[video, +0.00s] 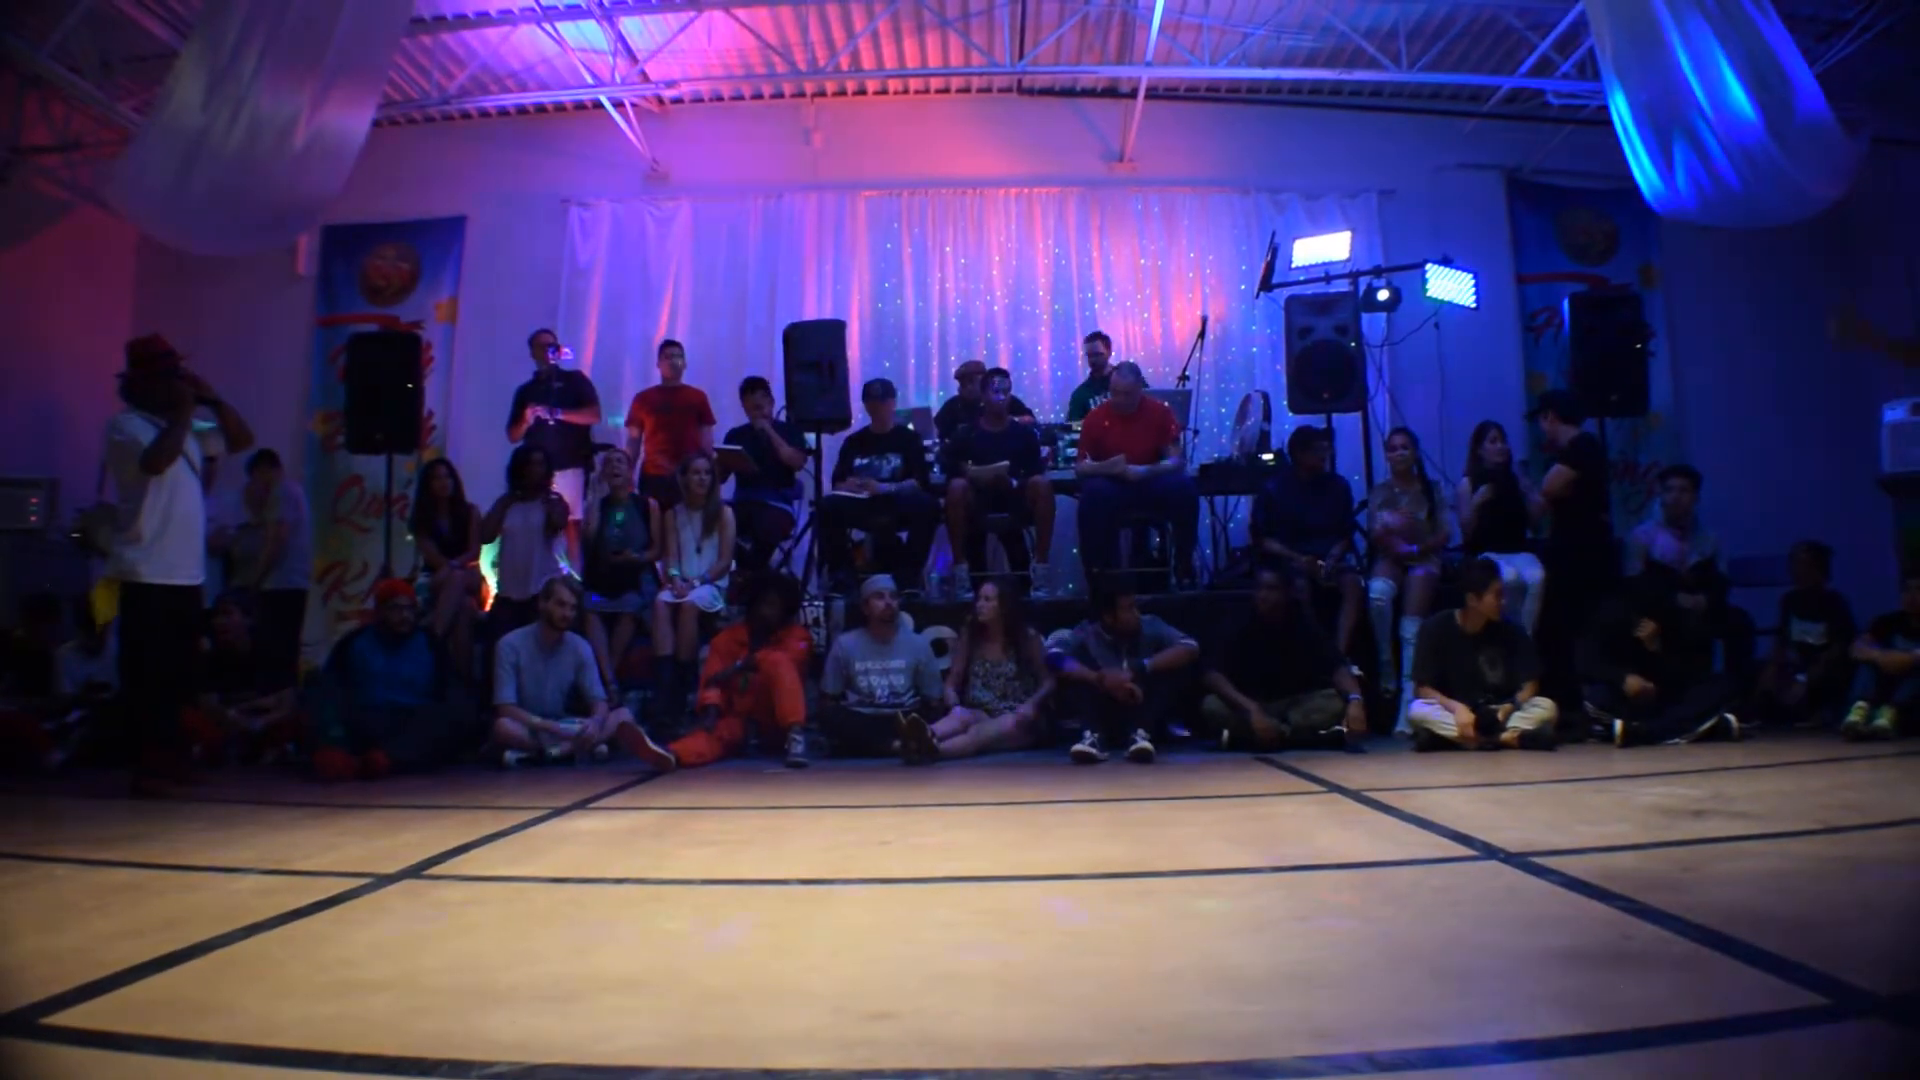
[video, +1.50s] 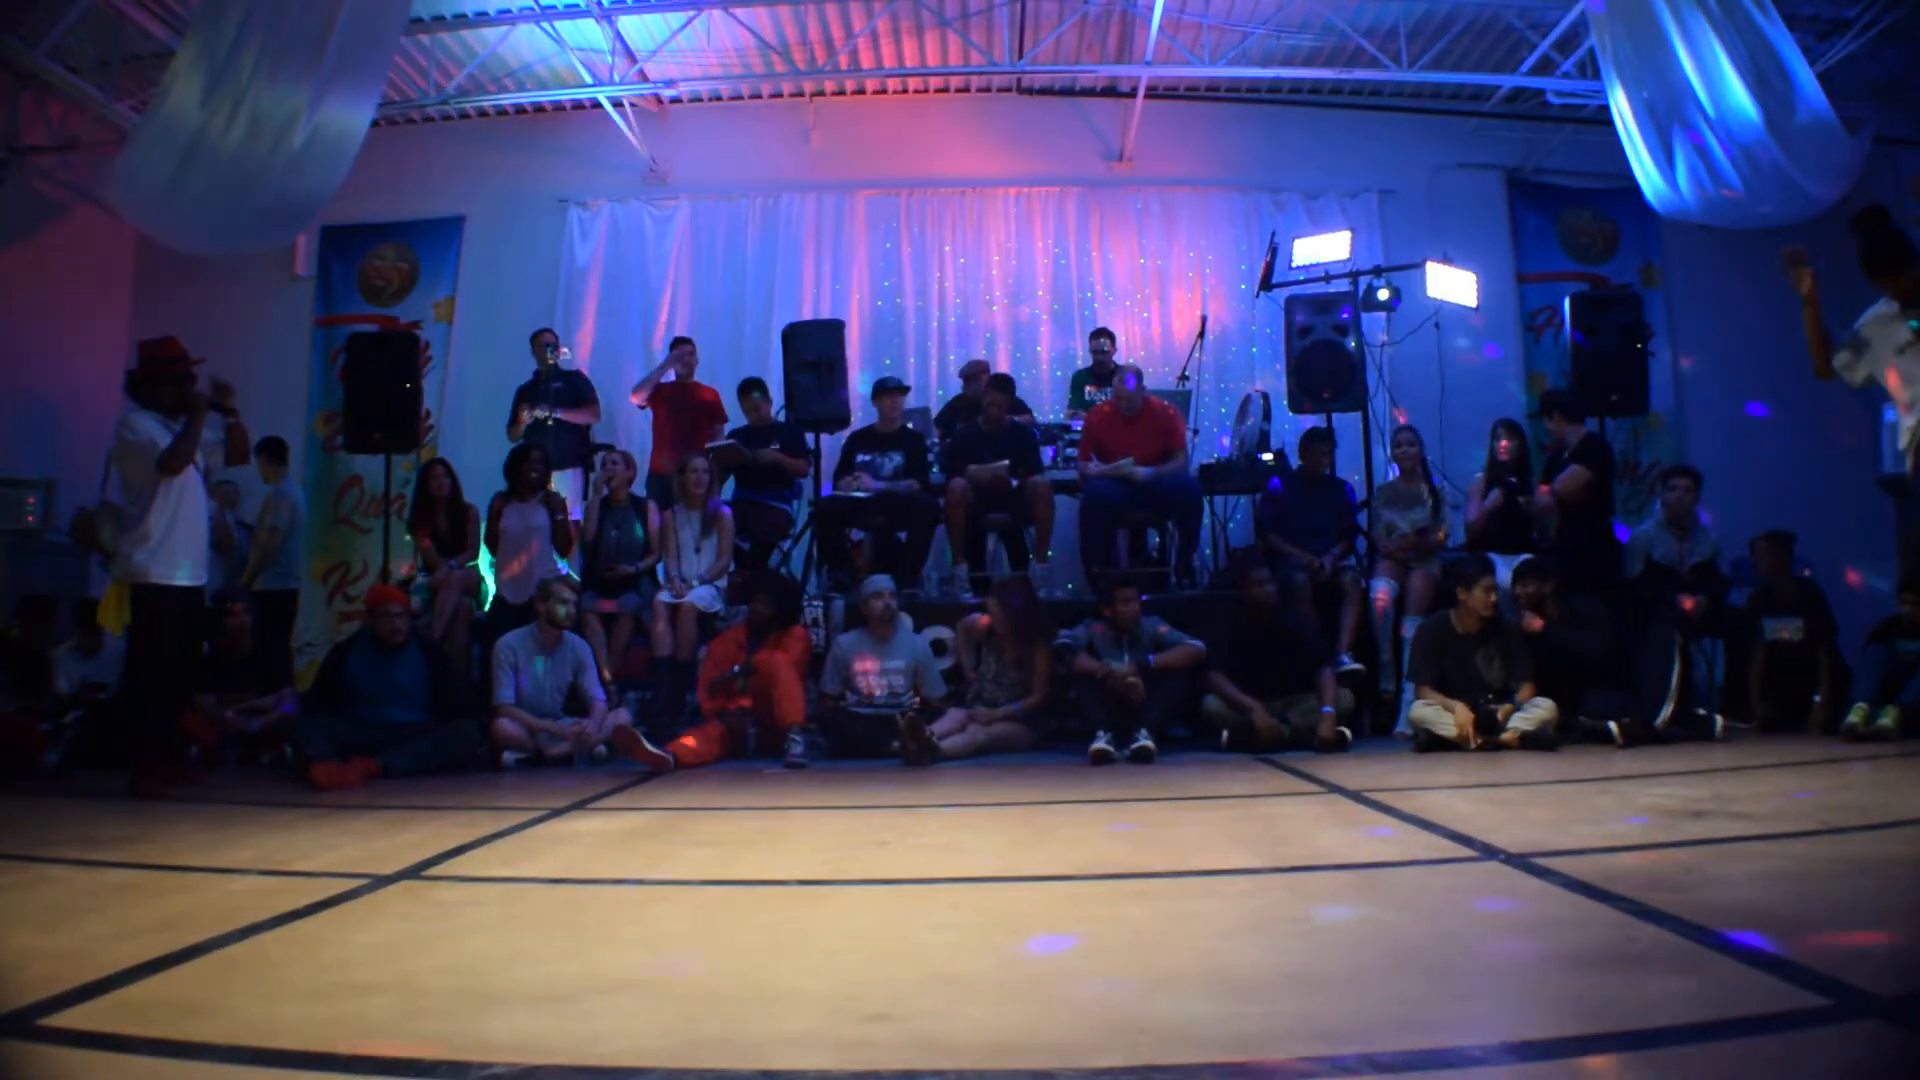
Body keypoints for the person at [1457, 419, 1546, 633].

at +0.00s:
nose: (1500, 447)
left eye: (1503, 441)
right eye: (1493, 442)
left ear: (1509, 446)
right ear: (1479, 449)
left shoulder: (1517, 479)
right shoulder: (1469, 483)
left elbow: (1534, 513)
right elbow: (1467, 526)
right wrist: (1475, 503)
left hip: (1519, 548)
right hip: (1487, 549)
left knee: (1536, 576)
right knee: (1510, 578)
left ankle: (1527, 636)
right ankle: (1502, 634)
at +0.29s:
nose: (1500, 446)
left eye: (1504, 440)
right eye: (1493, 441)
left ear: (1511, 446)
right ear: (1481, 449)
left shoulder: (1521, 478)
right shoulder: (1472, 483)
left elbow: (1536, 514)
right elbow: (1467, 526)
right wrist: (1479, 507)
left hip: (1519, 547)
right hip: (1489, 548)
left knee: (1535, 578)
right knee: (1509, 579)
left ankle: (1526, 638)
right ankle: (1506, 635)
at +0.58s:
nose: (1500, 446)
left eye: (1505, 440)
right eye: (1493, 441)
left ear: (1512, 446)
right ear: (1482, 449)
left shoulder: (1522, 480)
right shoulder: (1475, 483)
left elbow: (1532, 521)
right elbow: (1468, 525)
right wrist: (1481, 506)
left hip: (1520, 548)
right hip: (1488, 549)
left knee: (1537, 577)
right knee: (1510, 579)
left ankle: (1528, 639)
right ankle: (1503, 636)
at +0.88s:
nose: (1504, 445)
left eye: (1509, 439)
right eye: (1497, 439)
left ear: (1518, 445)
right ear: (1488, 446)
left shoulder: (1527, 481)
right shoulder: (1478, 482)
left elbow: (1539, 519)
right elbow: (1472, 524)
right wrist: (1485, 504)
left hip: (1524, 551)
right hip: (1492, 551)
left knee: (1534, 575)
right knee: (1508, 580)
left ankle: (1533, 628)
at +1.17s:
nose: (1503, 446)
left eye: (1509, 439)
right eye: (1496, 440)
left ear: (1519, 444)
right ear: (1490, 446)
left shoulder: (1530, 480)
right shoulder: (1478, 483)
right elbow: (1472, 523)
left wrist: (1534, 509)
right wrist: (1488, 505)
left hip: (1523, 550)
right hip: (1489, 550)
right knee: (1503, 581)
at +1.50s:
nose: (1503, 445)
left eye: (1510, 439)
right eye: (1498, 440)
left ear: (1520, 444)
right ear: (1492, 444)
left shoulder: (1531, 481)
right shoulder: (1481, 481)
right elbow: (1472, 523)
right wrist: (1489, 505)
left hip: (1524, 551)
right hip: (1491, 551)